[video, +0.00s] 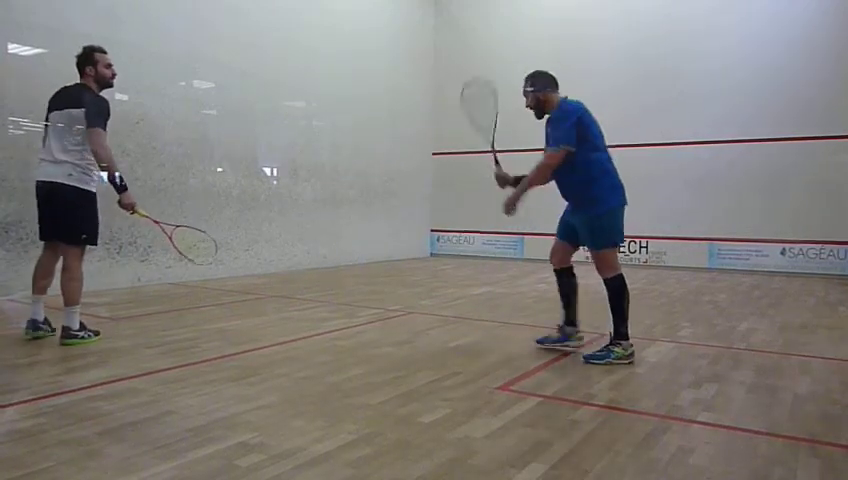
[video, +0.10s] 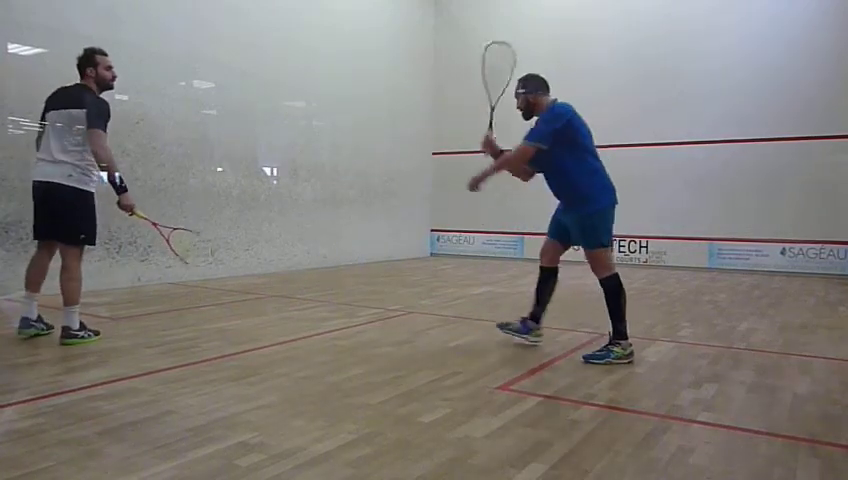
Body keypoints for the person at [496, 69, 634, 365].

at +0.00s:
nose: (526, 103)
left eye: (529, 95)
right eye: (525, 96)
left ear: (544, 92)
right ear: (545, 93)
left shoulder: (567, 113)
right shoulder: (555, 121)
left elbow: (551, 162)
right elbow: (549, 172)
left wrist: (518, 193)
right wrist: (514, 179)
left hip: (603, 202)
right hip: (580, 203)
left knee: (607, 265)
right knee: (560, 258)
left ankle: (621, 343)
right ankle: (570, 330)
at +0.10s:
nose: (516, 103)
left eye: (519, 97)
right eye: (516, 98)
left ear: (534, 95)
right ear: (536, 96)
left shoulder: (557, 114)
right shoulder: (546, 125)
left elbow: (521, 155)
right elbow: (526, 172)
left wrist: (483, 175)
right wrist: (496, 152)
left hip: (594, 202)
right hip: (571, 204)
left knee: (602, 265)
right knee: (549, 256)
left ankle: (621, 343)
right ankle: (532, 324)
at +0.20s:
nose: (506, 109)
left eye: (508, 102)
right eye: (505, 103)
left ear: (521, 99)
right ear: (525, 100)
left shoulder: (543, 116)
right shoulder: (527, 131)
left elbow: (505, 142)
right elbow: (502, 163)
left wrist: (470, 150)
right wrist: (493, 127)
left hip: (579, 203)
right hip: (556, 208)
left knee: (591, 267)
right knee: (536, 258)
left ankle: (618, 341)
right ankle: (510, 316)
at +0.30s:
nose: (493, 103)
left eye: (496, 97)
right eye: (493, 99)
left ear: (509, 98)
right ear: (510, 101)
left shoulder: (526, 120)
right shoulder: (515, 131)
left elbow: (487, 145)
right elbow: (486, 155)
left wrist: (456, 152)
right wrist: (492, 123)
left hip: (557, 208)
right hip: (540, 211)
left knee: (569, 270)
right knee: (520, 261)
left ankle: (613, 336)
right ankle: (501, 321)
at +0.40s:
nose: (480, 117)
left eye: (482, 112)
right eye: (480, 112)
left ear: (490, 111)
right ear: (503, 110)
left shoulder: (500, 130)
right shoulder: (513, 128)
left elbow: (464, 164)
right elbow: (481, 159)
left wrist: (451, 169)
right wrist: (459, 157)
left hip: (533, 207)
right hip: (537, 205)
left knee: (529, 269)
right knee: (508, 260)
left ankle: (588, 322)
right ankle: (498, 323)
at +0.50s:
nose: (470, 116)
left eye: (472, 112)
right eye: (470, 112)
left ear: (480, 111)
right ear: (493, 110)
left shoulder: (479, 130)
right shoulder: (509, 131)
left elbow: (451, 170)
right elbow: (486, 171)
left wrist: (437, 203)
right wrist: (459, 190)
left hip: (509, 203)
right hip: (532, 200)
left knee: (499, 266)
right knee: (504, 263)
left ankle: (557, 309)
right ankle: (498, 322)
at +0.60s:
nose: (459, 113)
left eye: (459, 109)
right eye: (460, 109)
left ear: (461, 108)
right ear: (482, 108)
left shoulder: (460, 128)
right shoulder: (496, 129)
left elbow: (433, 164)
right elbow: (507, 162)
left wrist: (423, 196)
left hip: (491, 198)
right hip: (518, 196)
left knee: (474, 261)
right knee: (500, 258)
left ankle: (522, 308)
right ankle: (499, 320)